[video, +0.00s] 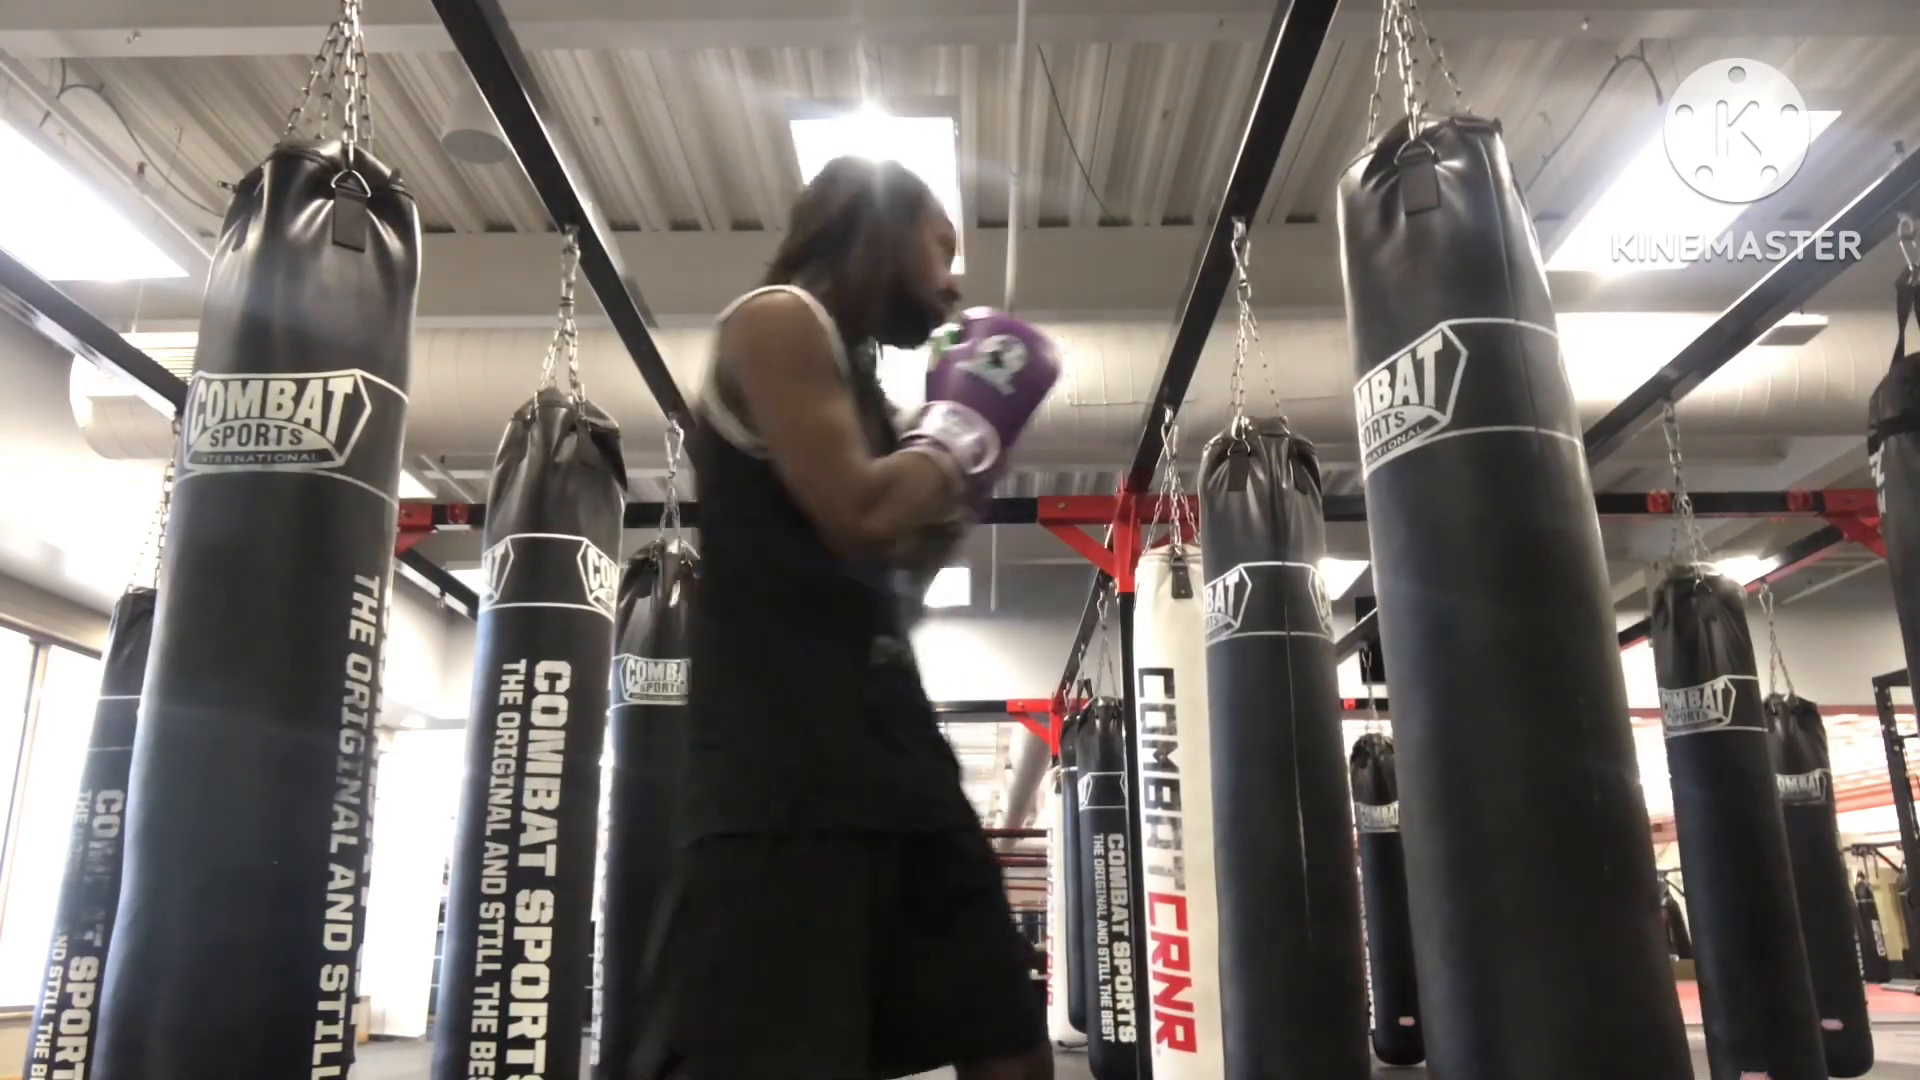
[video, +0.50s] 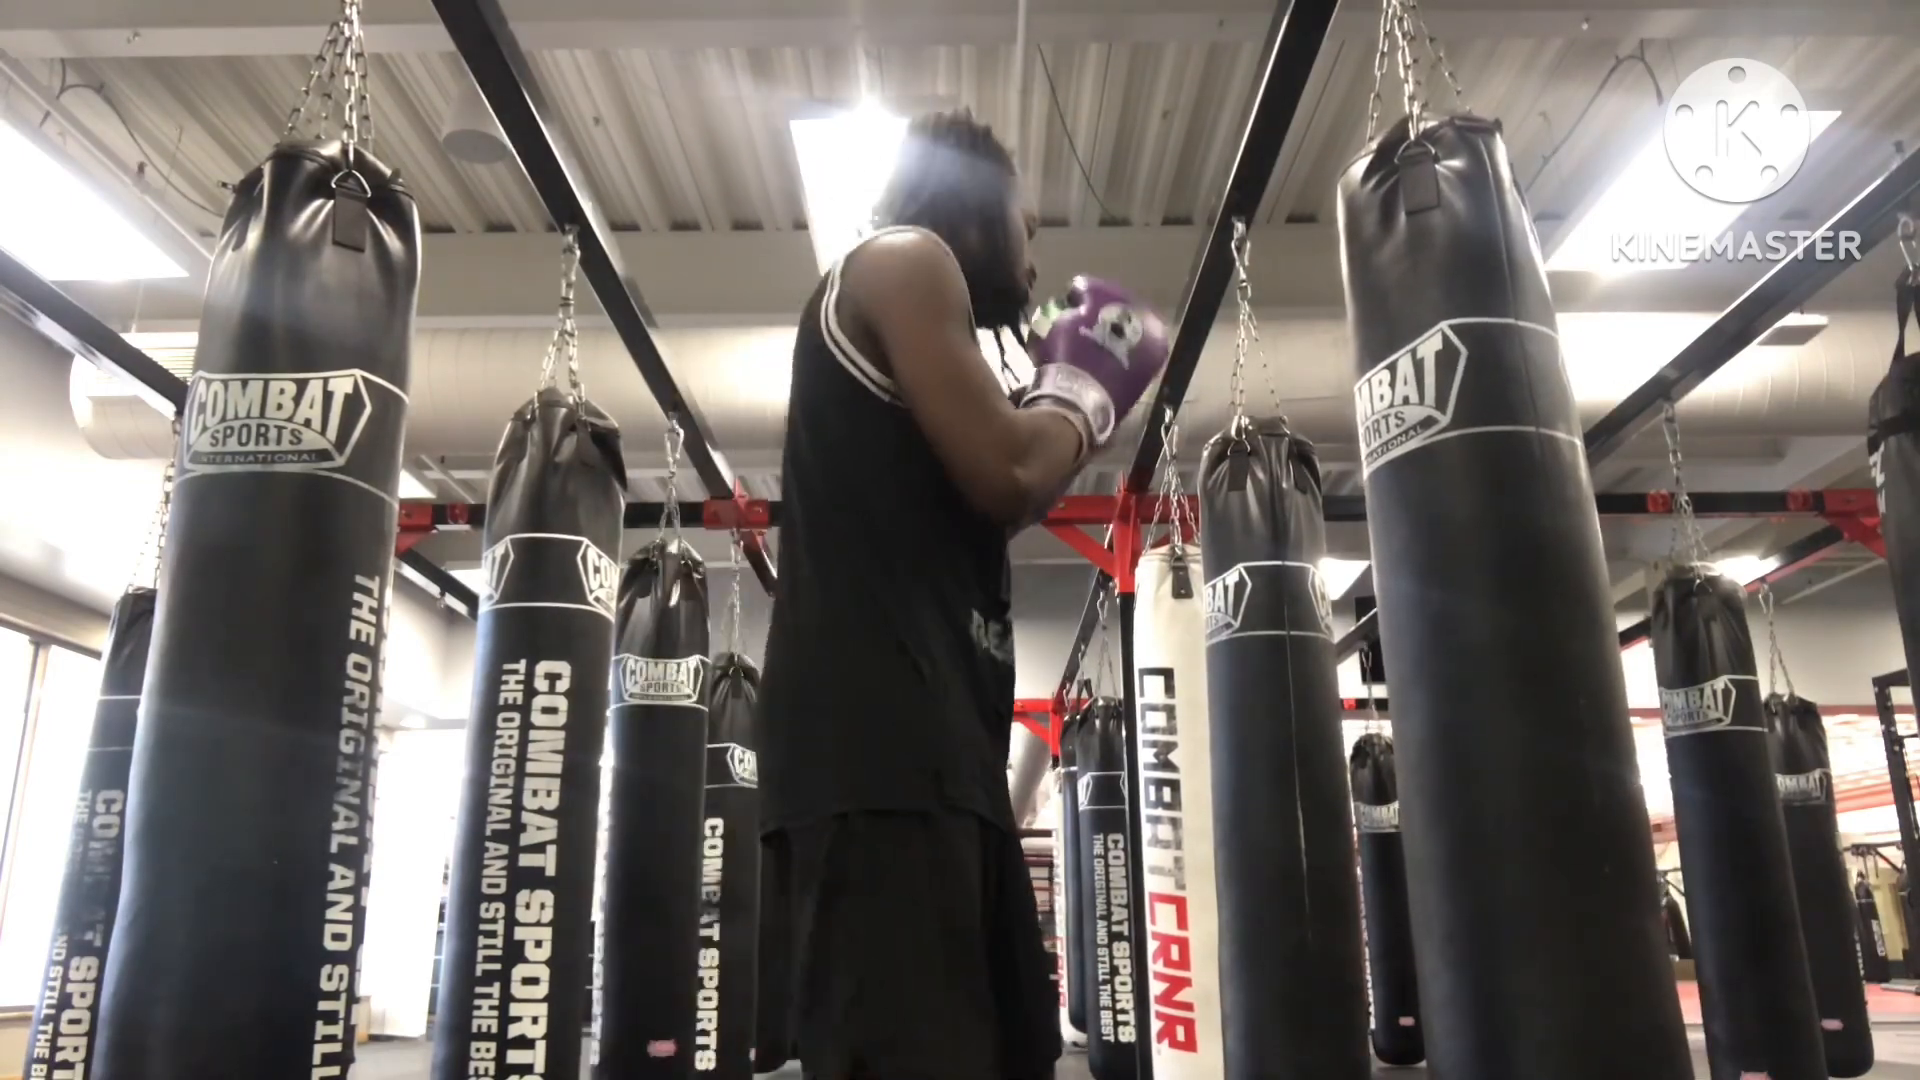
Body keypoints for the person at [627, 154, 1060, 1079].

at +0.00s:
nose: (954, 278)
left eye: (954, 253)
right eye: (942, 248)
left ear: (879, 245)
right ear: (878, 237)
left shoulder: (849, 373)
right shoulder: (776, 318)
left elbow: (912, 555)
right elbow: (860, 513)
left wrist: (964, 451)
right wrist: (960, 420)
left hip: (872, 734)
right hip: (790, 738)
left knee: (1003, 1031)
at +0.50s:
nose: (1029, 235)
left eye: (1027, 213)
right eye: (1019, 207)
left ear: (922, 192)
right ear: (974, 196)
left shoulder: (885, 288)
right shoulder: (904, 260)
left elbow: (1000, 485)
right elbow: (1004, 479)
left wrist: (1071, 395)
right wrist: (1078, 392)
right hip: (888, 753)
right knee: (923, 1035)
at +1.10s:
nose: (1016, 146)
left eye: (1011, 124)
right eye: (1007, 122)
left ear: (890, 123)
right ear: (975, 121)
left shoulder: (878, 235)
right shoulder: (927, 213)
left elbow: (914, 433)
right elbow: (998, 453)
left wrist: (1012, 365)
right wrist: (1099, 416)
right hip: (906, 742)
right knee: (926, 1033)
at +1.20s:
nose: (1034, 162)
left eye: (1027, 139)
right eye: (1023, 137)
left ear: (903, 144)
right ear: (990, 138)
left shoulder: (889, 257)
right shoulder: (939, 227)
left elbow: (995, 457)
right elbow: (1013, 463)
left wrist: (1066, 400)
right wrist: (1104, 409)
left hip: (867, 758)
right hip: (916, 761)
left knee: (885, 1046)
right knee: (947, 1046)